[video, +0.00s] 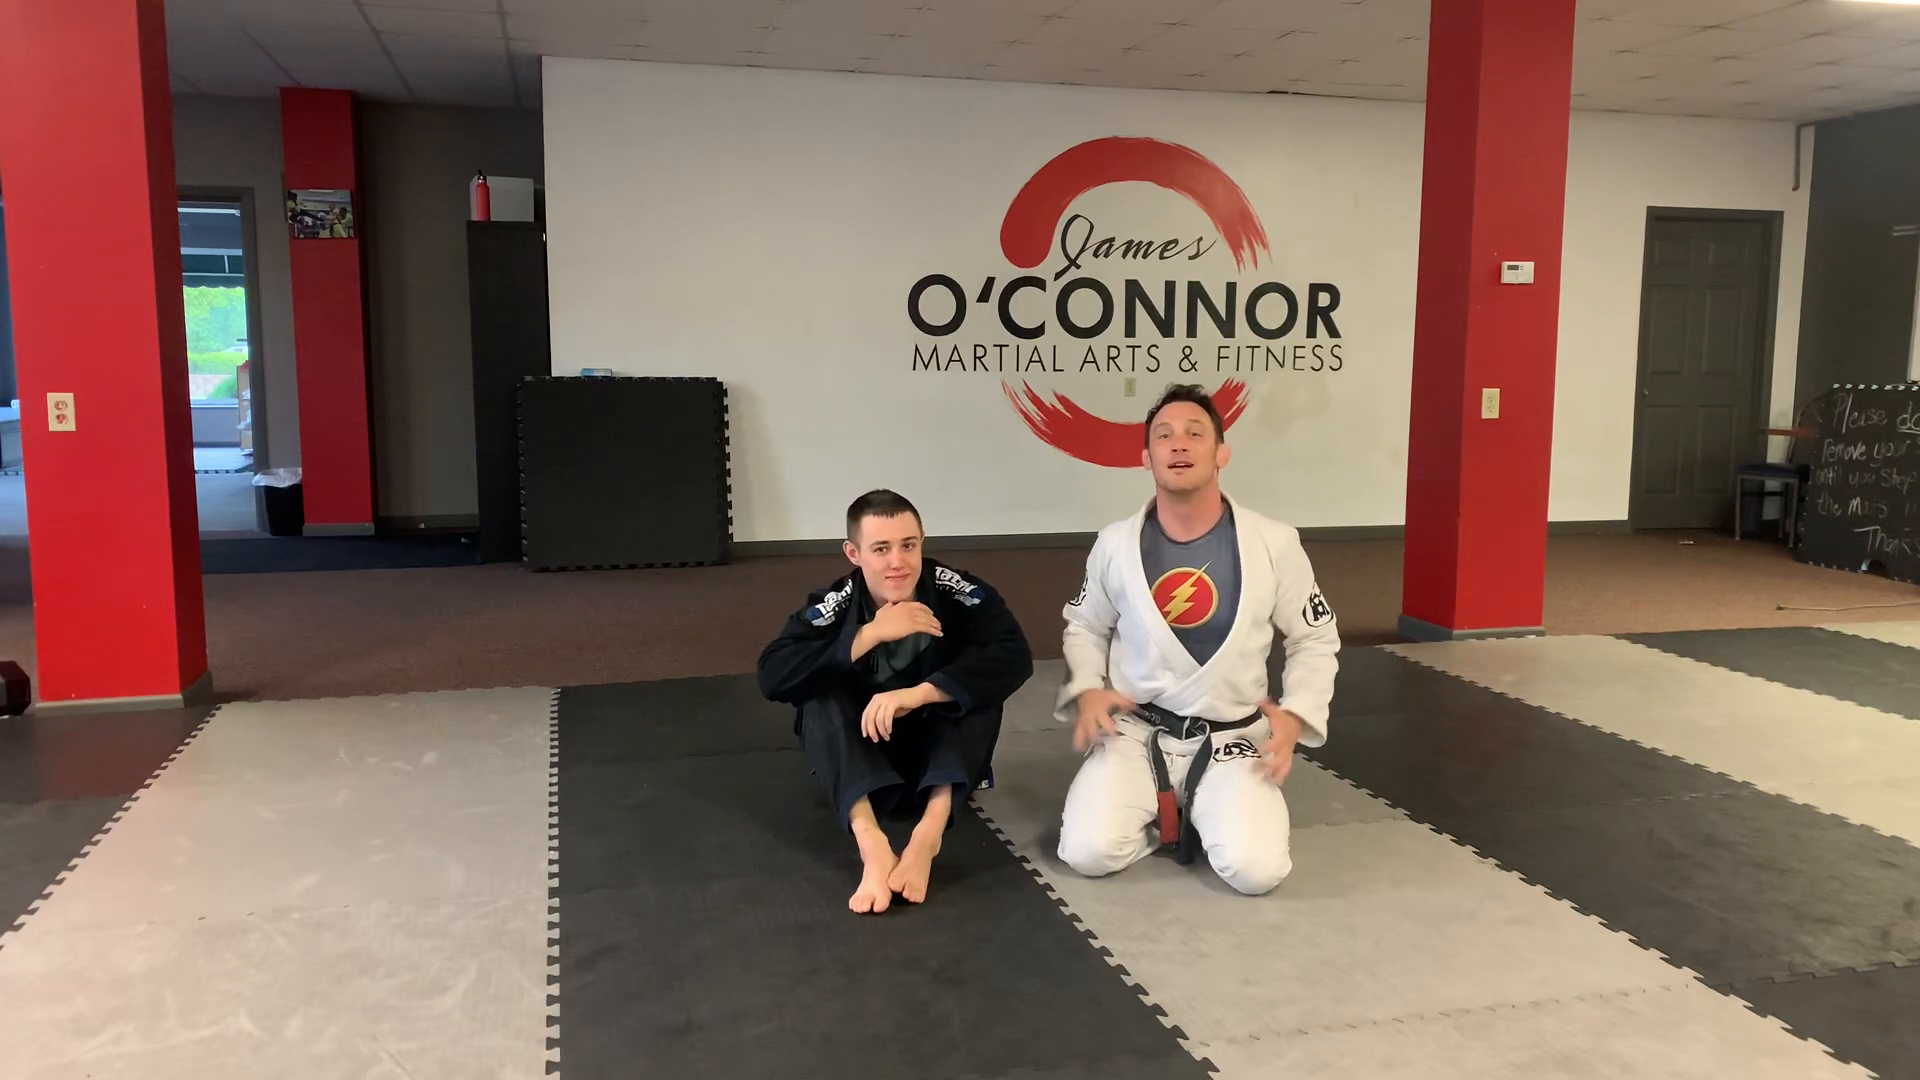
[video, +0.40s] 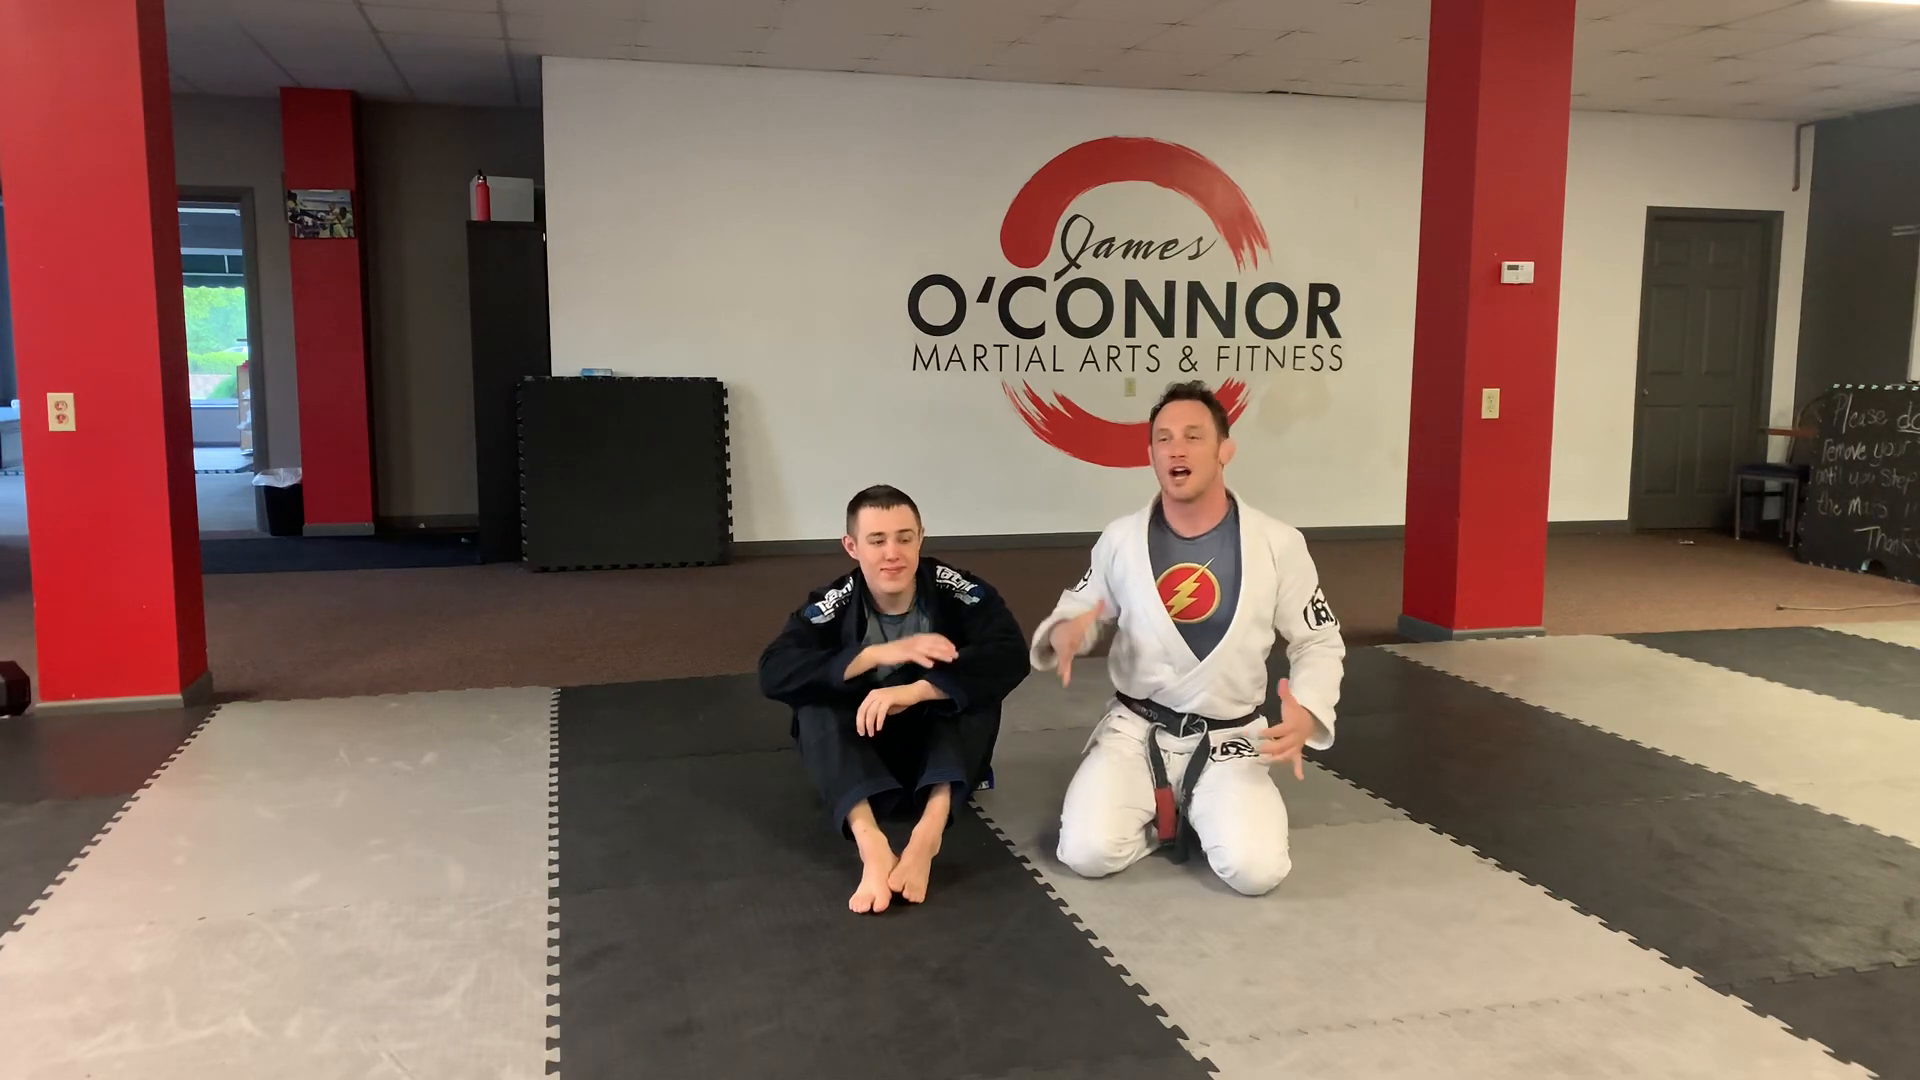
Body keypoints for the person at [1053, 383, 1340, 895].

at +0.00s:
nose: (1178, 443)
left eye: (1194, 432)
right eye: (1164, 434)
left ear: (1222, 455)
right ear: (1146, 460)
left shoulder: (1273, 544)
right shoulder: (1115, 545)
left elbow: (1314, 639)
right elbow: (1086, 626)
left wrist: (1295, 715)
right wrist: (1090, 687)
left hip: (1233, 736)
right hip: (1136, 728)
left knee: (1258, 871)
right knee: (1087, 852)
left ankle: (1212, 803)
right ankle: (1164, 812)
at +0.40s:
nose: (1176, 452)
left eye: (1193, 436)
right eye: (1164, 439)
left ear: (1225, 451)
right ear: (1151, 454)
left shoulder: (1277, 545)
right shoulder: (1120, 541)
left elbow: (1318, 640)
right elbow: (1077, 613)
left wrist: (1308, 710)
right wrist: (1066, 632)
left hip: (1231, 738)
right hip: (1135, 729)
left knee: (1258, 871)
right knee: (1086, 853)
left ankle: (1212, 802)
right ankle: (1166, 811)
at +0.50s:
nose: (1155, 460)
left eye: (1172, 444)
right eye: (1152, 447)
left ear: (1220, 453)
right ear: (1149, 455)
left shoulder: (1282, 545)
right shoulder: (1129, 538)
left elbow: (1323, 646)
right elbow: (1093, 609)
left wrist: (1302, 716)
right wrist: (1059, 595)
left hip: (1236, 739)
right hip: (1139, 728)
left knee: (1260, 871)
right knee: (1088, 853)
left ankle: (1211, 802)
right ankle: (1167, 810)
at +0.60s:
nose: (1147, 467)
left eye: (1162, 452)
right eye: (1148, 452)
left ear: (1213, 457)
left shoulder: (1287, 548)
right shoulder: (1139, 540)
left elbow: (1330, 650)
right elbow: (1087, 594)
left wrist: (1299, 723)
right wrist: (1054, 539)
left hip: (1236, 739)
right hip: (1141, 726)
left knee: (1261, 872)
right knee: (1089, 850)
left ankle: (1214, 801)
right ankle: (1172, 811)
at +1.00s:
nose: (1135, 468)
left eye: (1149, 453)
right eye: (1136, 454)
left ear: (1197, 459)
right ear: (1189, 460)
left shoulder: (1274, 548)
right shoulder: (1129, 543)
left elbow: (1321, 651)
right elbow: (1067, 590)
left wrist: (1283, 723)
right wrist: (992, 530)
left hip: (1226, 744)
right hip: (1130, 730)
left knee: (1259, 871)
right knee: (1052, 842)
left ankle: (1203, 805)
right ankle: (1155, 803)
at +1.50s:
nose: (1137, 462)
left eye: (1153, 446)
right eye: (1124, 448)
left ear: (1186, 456)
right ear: (1111, 461)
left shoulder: (1248, 545)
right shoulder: (1097, 551)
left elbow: (1289, 656)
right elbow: (1055, 612)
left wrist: (1257, 746)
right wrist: (983, 569)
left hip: (1219, 738)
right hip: (1125, 732)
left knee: (1254, 871)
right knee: (1051, 842)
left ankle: (1200, 798)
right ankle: (1158, 811)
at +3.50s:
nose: (1137, 463)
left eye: (1153, 447)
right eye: (1127, 449)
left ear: (1190, 457)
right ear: (1116, 459)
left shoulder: (1246, 548)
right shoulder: (1102, 547)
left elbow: (1287, 657)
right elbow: (1057, 602)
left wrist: (1231, 734)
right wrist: (975, 563)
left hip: (1206, 737)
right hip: (1114, 729)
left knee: (1247, 872)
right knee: (1045, 840)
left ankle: (1186, 803)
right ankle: (1151, 809)